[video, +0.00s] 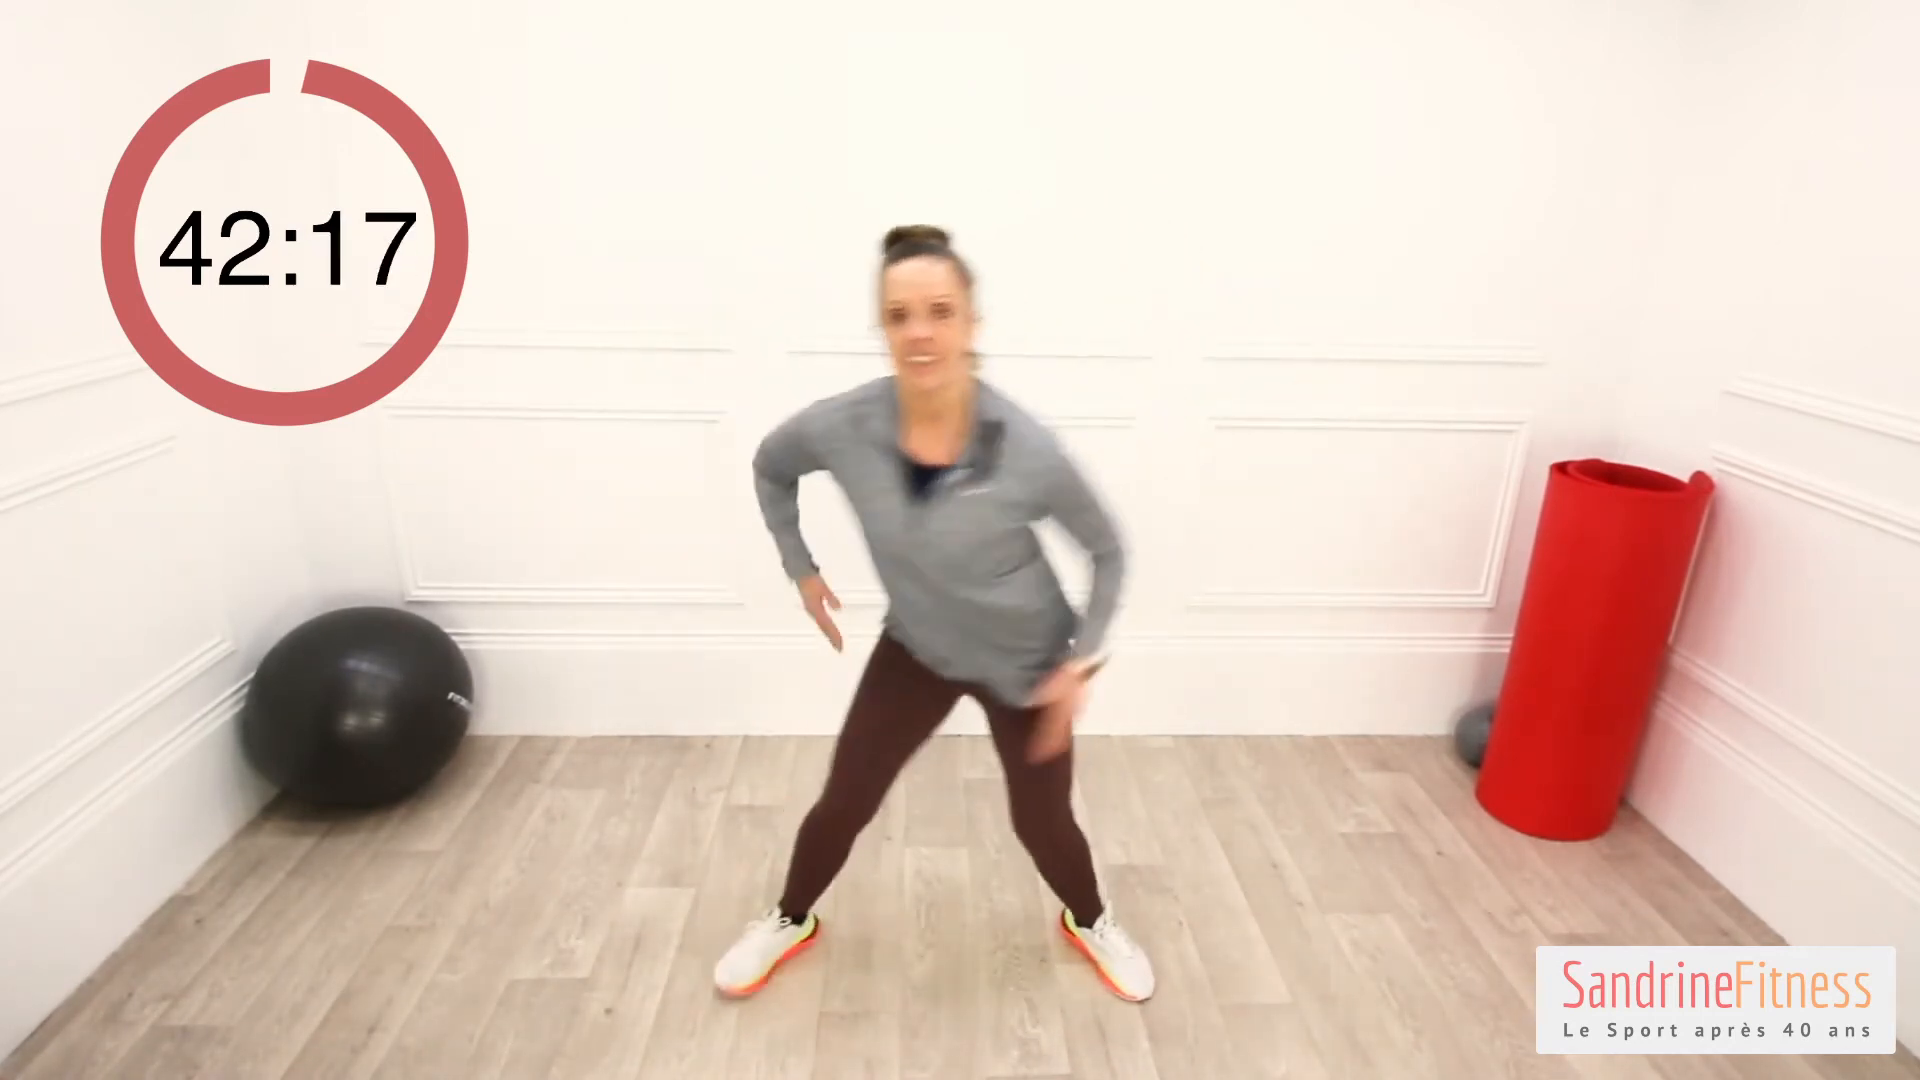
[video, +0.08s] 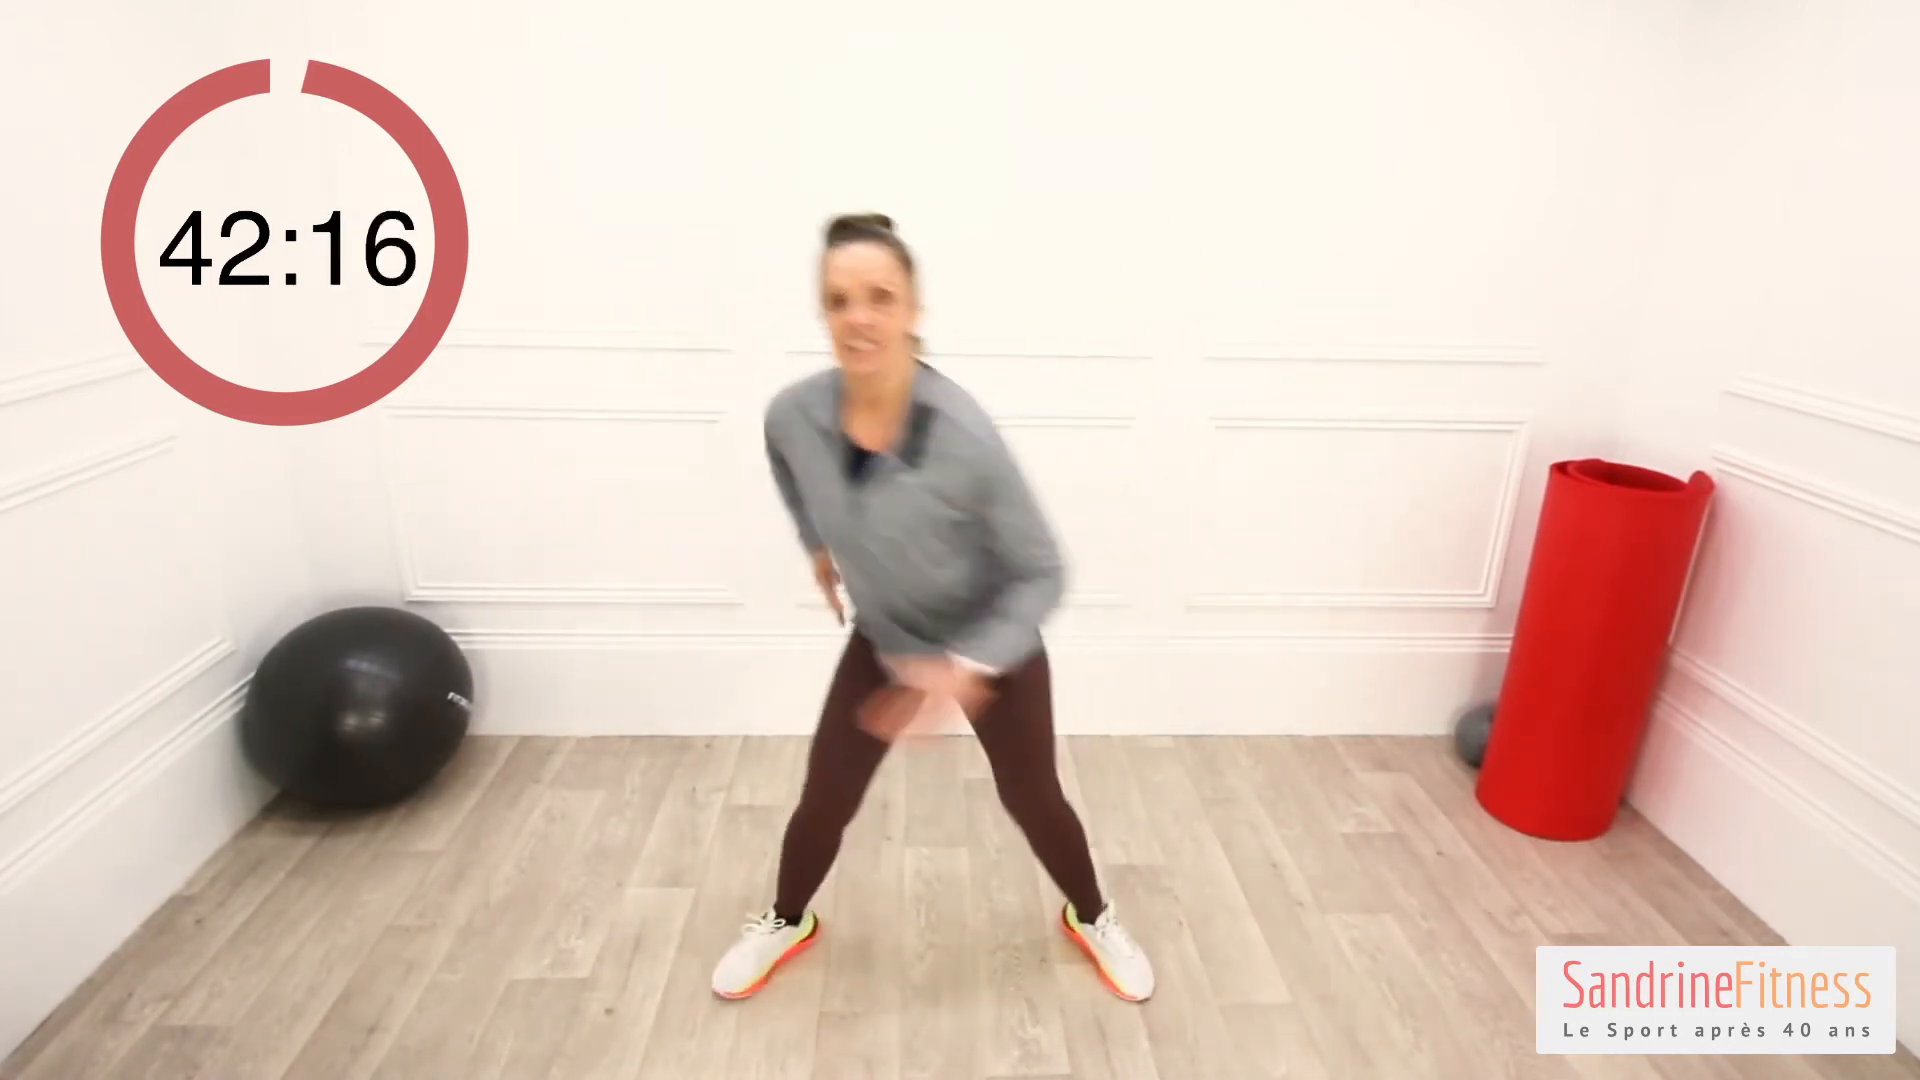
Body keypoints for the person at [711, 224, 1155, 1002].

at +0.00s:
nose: (920, 334)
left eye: (940, 313)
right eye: (901, 316)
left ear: (973, 324)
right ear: (880, 329)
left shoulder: (1026, 450)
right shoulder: (844, 426)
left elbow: (1109, 550)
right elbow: (771, 468)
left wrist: (1082, 659)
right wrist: (800, 568)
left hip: (1027, 656)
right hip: (919, 645)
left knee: (1044, 822)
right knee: (846, 801)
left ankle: (1090, 923)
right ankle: (790, 921)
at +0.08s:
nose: (859, 320)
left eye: (880, 299)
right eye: (840, 301)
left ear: (915, 311)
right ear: (822, 314)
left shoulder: (966, 439)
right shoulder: (794, 420)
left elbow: (1041, 571)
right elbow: (797, 493)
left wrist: (971, 662)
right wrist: (819, 551)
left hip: (991, 633)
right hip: (883, 633)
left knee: (1032, 798)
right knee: (824, 801)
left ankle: (1092, 918)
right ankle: (786, 921)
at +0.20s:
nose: (807, 295)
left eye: (827, 273)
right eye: (786, 277)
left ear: (864, 284)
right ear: (769, 292)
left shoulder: (912, 401)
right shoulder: (766, 390)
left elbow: (980, 563)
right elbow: (811, 521)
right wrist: (828, 592)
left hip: (963, 618)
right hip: (859, 624)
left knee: (1035, 768)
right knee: (813, 789)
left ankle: (1102, 902)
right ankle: (787, 920)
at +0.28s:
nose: (772, 281)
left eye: (793, 257)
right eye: (750, 264)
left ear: (830, 269)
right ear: (732, 280)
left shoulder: (872, 372)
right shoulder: (741, 374)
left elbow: (910, 501)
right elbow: (781, 493)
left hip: (945, 598)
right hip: (843, 613)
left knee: (1013, 741)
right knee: (807, 783)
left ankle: (1096, 861)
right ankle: (786, 918)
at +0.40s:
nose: (744, 284)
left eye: (765, 260)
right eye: (721, 267)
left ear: (802, 271)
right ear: (704, 285)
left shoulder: (839, 360)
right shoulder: (720, 374)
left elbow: (835, 431)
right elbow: (772, 486)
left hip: (924, 597)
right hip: (826, 618)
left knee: (986, 743)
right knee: (791, 787)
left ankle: (1068, 817)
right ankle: (787, 918)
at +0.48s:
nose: (739, 296)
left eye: (759, 274)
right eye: (717, 280)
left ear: (796, 285)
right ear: (699, 300)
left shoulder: (834, 374)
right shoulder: (712, 394)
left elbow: (809, 431)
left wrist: (616, 433)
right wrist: (565, 441)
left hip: (918, 608)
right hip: (817, 627)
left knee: (978, 755)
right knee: (776, 800)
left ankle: (1056, 832)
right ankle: (786, 921)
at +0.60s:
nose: (746, 298)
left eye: (766, 274)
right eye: (723, 280)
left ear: (802, 284)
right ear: (704, 298)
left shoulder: (841, 381)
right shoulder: (715, 387)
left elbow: (871, 485)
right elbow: (765, 501)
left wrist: (718, 534)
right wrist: (696, 544)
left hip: (916, 603)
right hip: (815, 622)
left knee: (981, 755)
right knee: (781, 796)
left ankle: (1060, 825)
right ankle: (787, 920)